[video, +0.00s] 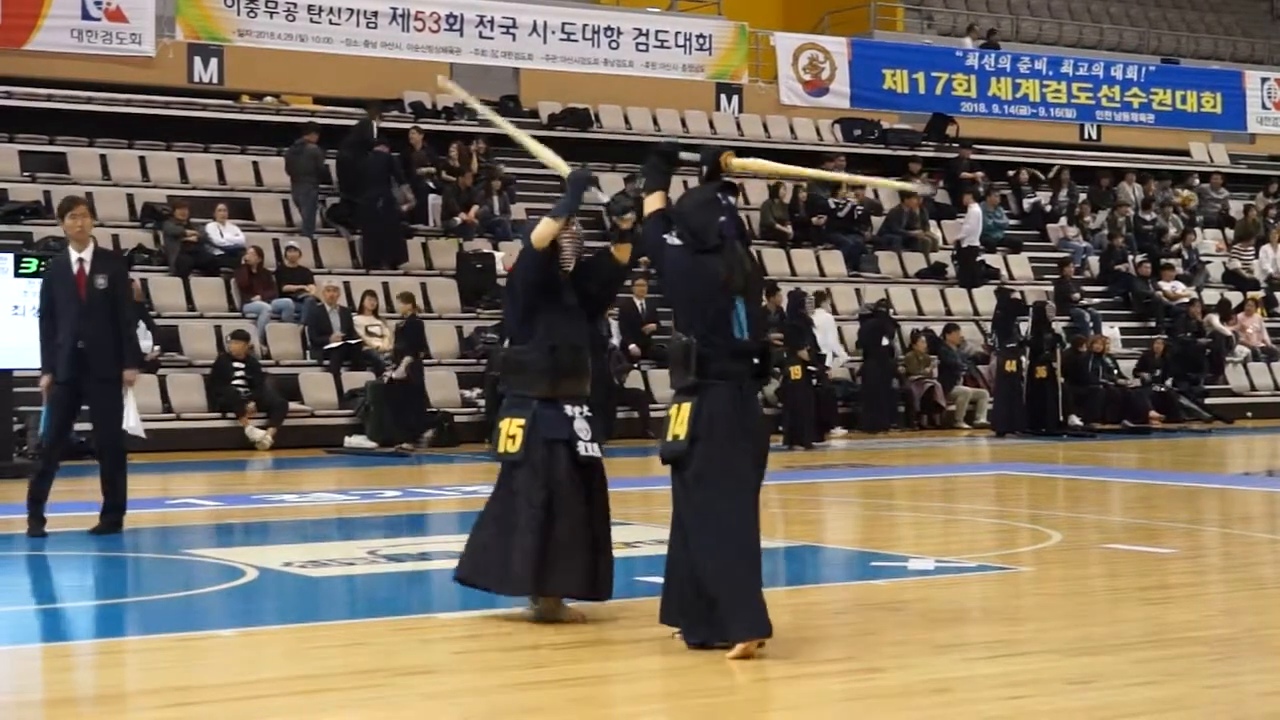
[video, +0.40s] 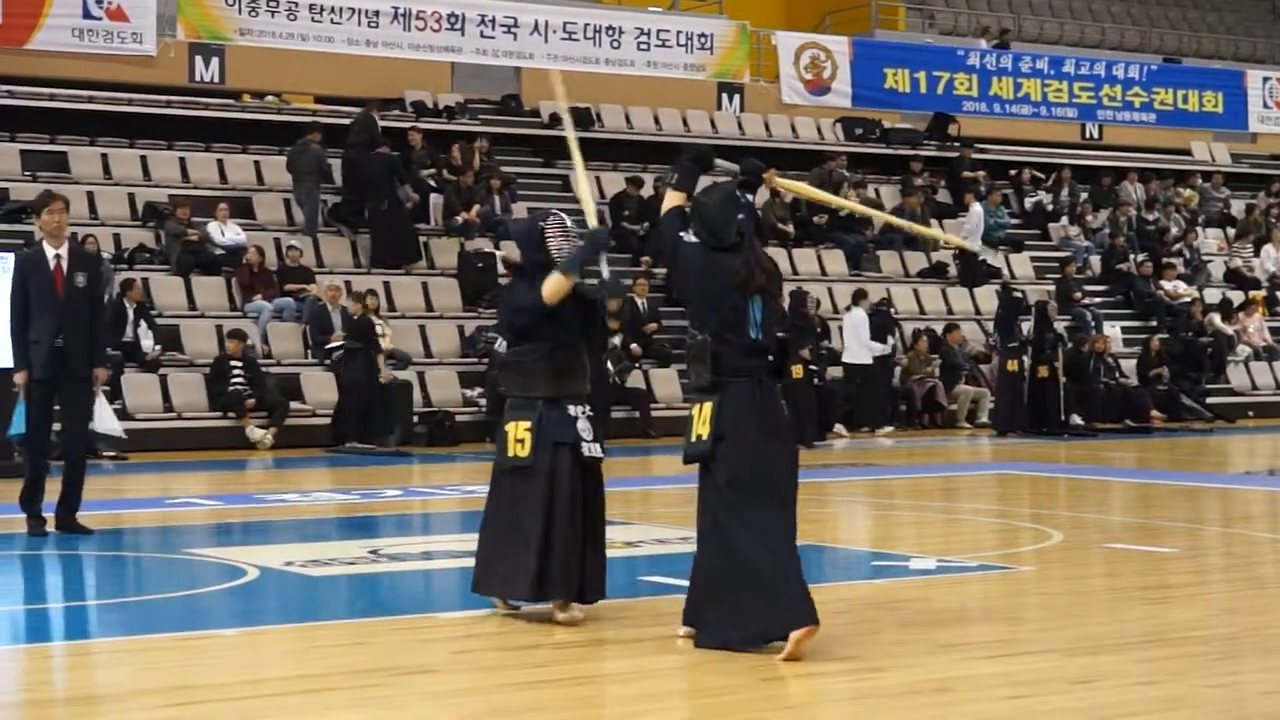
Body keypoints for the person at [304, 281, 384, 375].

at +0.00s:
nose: (331, 294)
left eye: (334, 291)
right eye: (328, 291)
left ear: (339, 294)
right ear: (323, 294)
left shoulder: (345, 311)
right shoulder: (315, 311)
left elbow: (351, 334)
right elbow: (314, 339)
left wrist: (343, 338)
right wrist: (329, 339)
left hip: (344, 344)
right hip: (323, 346)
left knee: (356, 348)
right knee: (338, 350)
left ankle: (357, 381)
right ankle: (334, 383)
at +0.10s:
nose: (332, 294)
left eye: (335, 291)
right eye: (329, 291)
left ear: (339, 294)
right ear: (324, 293)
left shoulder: (346, 311)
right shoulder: (316, 311)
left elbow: (352, 333)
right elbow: (314, 339)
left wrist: (343, 338)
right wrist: (330, 339)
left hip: (345, 344)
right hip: (324, 346)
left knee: (358, 347)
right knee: (337, 351)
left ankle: (358, 382)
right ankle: (337, 385)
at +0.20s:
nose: (332, 294)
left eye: (335, 291)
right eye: (329, 291)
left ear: (339, 294)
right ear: (324, 293)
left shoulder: (346, 311)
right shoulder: (316, 311)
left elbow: (352, 333)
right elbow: (314, 340)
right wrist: (330, 339)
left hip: (345, 345)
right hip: (323, 347)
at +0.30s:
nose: (333, 294)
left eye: (336, 291)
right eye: (329, 290)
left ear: (340, 294)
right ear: (324, 293)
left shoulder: (347, 311)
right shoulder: (316, 311)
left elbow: (352, 334)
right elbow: (315, 339)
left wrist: (343, 337)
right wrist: (330, 339)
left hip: (345, 345)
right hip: (325, 346)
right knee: (336, 354)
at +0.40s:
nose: (333, 294)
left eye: (337, 290)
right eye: (330, 290)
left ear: (341, 293)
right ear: (325, 292)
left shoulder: (345, 311)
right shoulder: (317, 311)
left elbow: (352, 332)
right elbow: (315, 339)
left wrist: (343, 337)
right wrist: (330, 339)